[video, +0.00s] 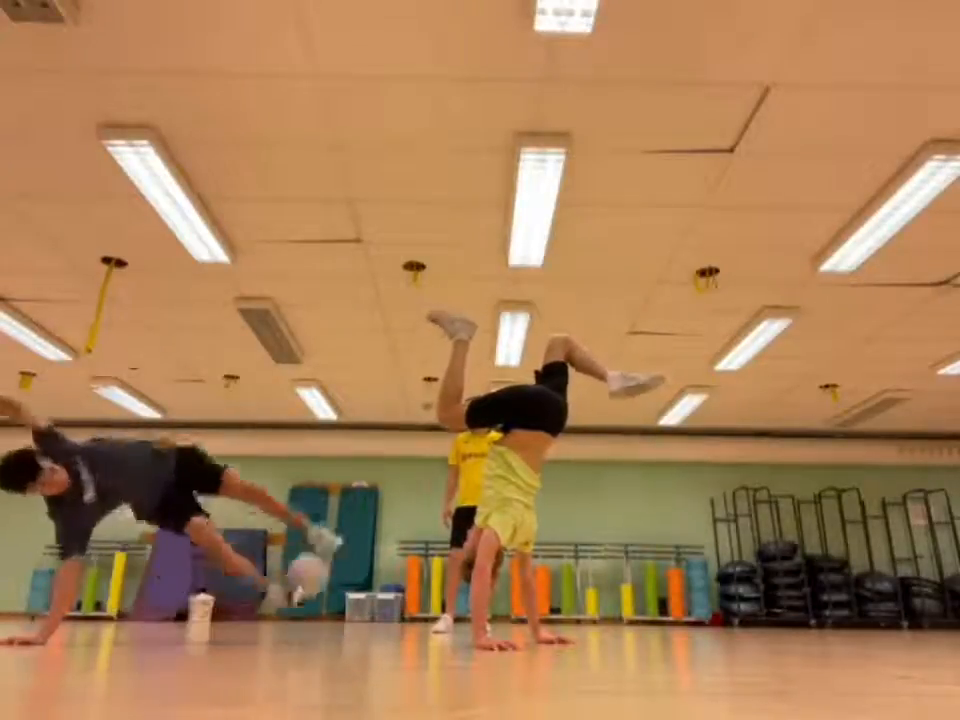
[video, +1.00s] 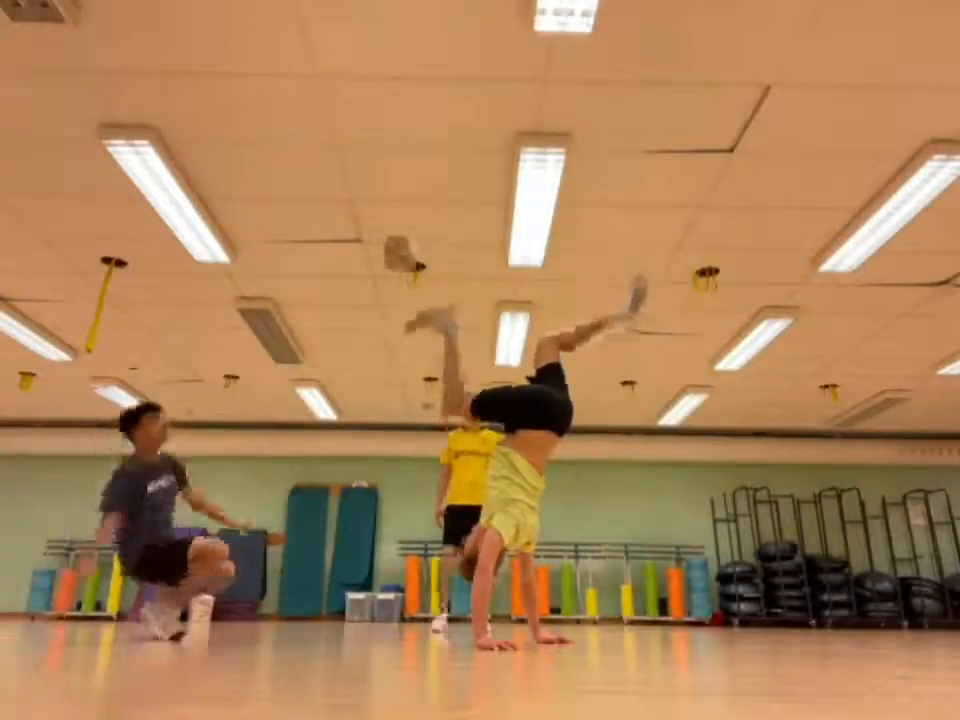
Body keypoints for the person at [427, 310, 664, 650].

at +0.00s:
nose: (483, 572)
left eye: (485, 574)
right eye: (481, 573)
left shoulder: (524, 536)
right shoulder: (493, 528)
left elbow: (526, 584)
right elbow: (481, 577)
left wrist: (537, 631)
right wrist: (481, 636)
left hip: (553, 414)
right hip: (529, 408)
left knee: (559, 344)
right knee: (450, 417)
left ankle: (613, 378)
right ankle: (461, 340)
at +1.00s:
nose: (481, 557)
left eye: (473, 556)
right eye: (477, 556)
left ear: (472, 549)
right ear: (473, 543)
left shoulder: (526, 538)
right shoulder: (497, 528)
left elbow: (528, 585)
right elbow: (483, 577)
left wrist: (537, 632)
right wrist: (482, 636)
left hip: (557, 412)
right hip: (536, 412)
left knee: (549, 345)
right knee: (457, 407)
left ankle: (620, 317)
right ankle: (450, 334)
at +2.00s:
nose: (472, 533)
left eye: (465, 537)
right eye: (473, 539)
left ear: (475, 550)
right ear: (480, 548)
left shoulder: (522, 538)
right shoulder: (497, 529)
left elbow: (527, 585)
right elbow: (482, 574)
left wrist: (536, 633)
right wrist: (480, 634)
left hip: (555, 417)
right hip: (534, 410)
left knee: (538, 356)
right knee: (453, 385)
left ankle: (604, 318)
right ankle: (449, 302)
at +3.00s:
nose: (482, 542)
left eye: (480, 545)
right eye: (481, 543)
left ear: (482, 550)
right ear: (484, 544)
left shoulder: (530, 541)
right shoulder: (509, 534)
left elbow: (530, 588)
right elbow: (482, 576)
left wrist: (536, 632)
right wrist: (480, 635)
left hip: (598, 436)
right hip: (582, 432)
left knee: (634, 367)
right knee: (515, 382)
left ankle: (714, 359)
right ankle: (527, 301)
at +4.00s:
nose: (577, 580)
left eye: (573, 577)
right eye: (568, 580)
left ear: (576, 593)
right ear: (565, 597)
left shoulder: (601, 614)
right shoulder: (585, 624)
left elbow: (544, 584)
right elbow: (535, 583)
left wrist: (517, 608)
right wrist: (493, 615)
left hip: (703, 592)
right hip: (703, 599)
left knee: (762, 492)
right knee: (760, 490)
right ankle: (862, 559)